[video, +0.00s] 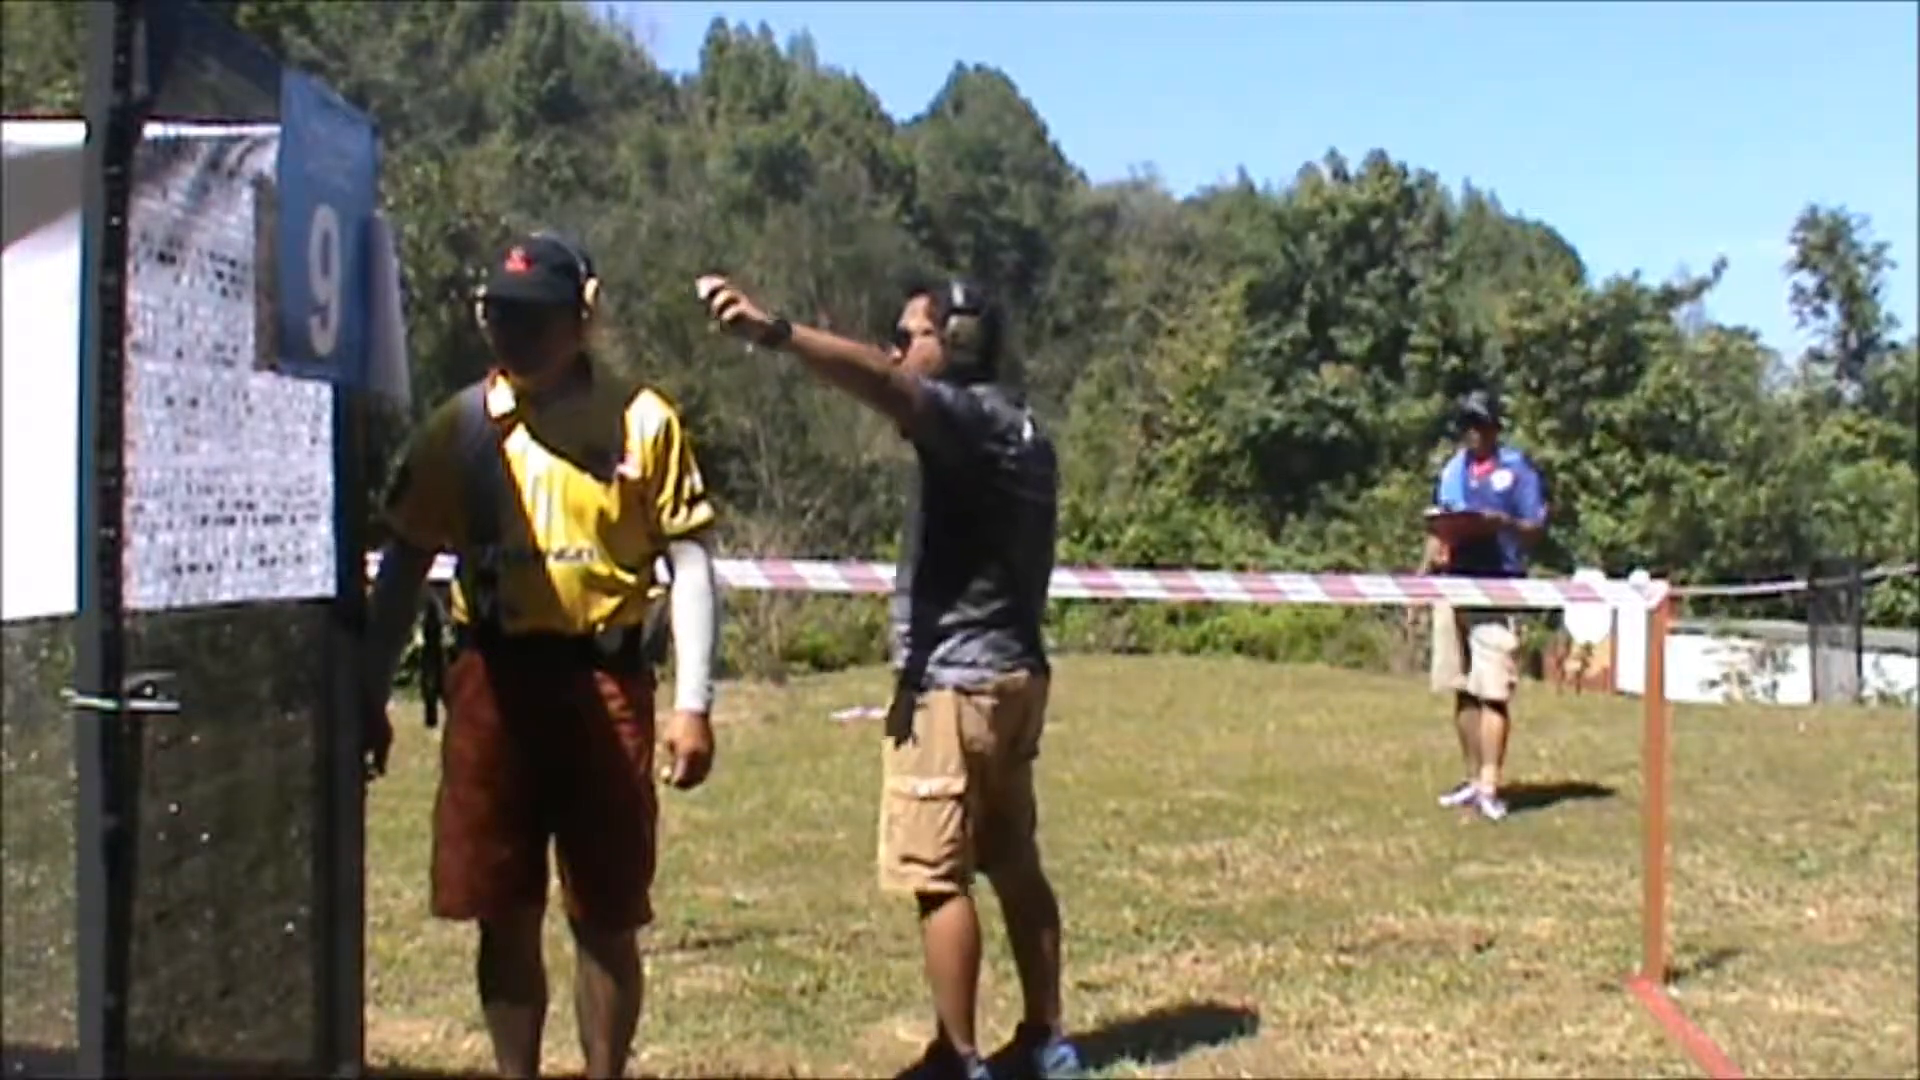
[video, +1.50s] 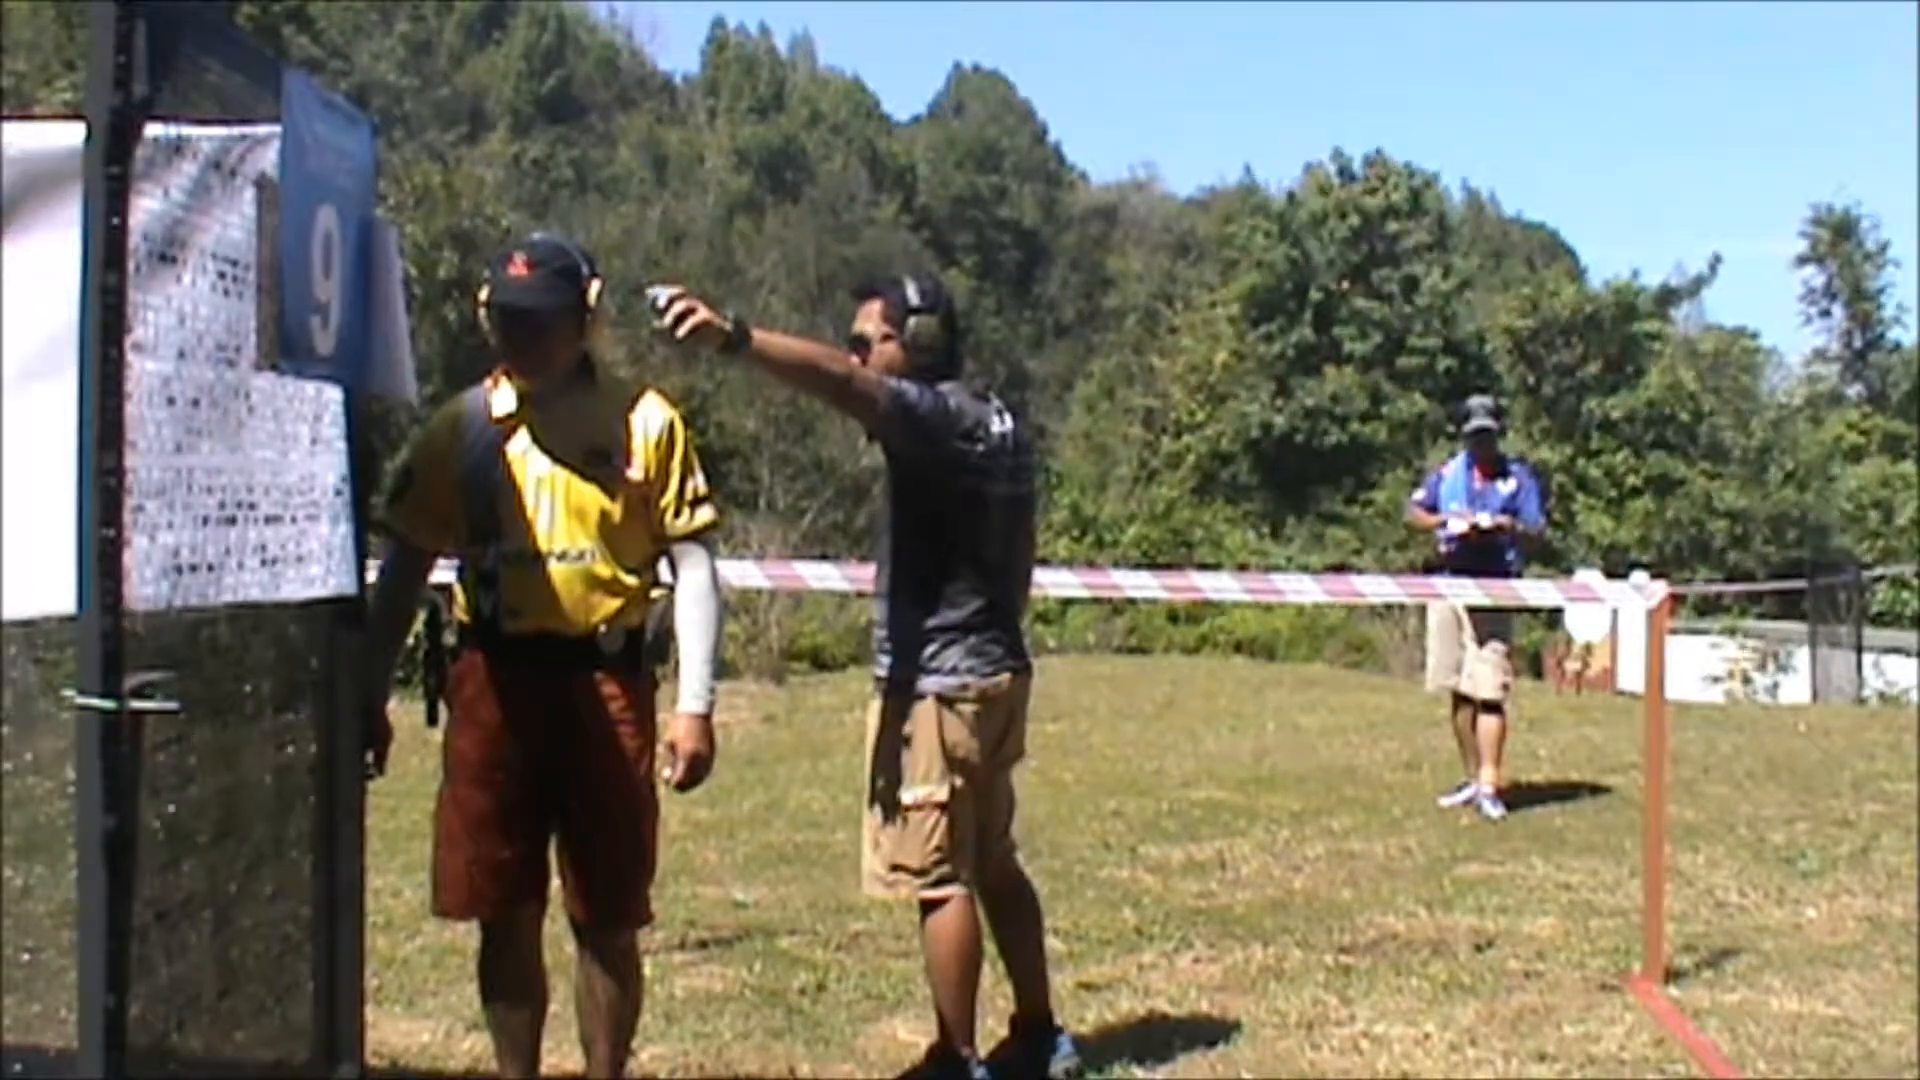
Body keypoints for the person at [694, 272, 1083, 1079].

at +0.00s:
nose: (898, 351)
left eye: (911, 338)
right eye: (901, 336)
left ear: (953, 347)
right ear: (980, 350)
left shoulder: (963, 417)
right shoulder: (1026, 433)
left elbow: (883, 380)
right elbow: (1020, 571)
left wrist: (778, 330)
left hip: (956, 677)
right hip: (1016, 672)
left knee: (938, 875)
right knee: (1015, 863)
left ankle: (954, 1052)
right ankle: (1046, 1035)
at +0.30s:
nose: (879, 351)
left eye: (892, 337)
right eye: (881, 335)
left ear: (936, 344)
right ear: (961, 346)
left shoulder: (946, 415)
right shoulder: (1018, 426)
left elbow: (859, 381)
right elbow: (1022, 566)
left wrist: (747, 337)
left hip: (950, 675)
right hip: (1013, 671)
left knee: (944, 874)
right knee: (1012, 863)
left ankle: (955, 1053)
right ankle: (1044, 1036)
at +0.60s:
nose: (864, 355)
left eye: (877, 340)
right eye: (865, 339)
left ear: (928, 343)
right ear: (948, 346)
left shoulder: (936, 414)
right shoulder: (1008, 423)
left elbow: (849, 381)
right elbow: (1017, 565)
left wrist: (735, 334)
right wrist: (999, 647)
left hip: (943, 675)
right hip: (1005, 670)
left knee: (940, 876)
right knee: (1006, 861)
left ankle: (954, 1054)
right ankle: (1042, 1033)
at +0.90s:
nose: (860, 356)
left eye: (872, 341)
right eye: (859, 341)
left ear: (922, 343)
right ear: (942, 347)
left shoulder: (932, 412)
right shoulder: (1003, 425)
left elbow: (846, 379)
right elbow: (1017, 560)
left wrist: (735, 332)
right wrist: (996, 642)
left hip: (941, 674)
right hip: (999, 669)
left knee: (939, 877)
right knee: (1002, 864)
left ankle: (954, 1054)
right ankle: (1041, 1031)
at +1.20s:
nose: (857, 358)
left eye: (868, 343)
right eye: (857, 343)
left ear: (918, 344)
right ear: (939, 346)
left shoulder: (931, 413)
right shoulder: (998, 421)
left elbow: (843, 380)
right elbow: (1012, 560)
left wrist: (730, 336)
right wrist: (990, 643)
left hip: (940, 674)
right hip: (995, 668)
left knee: (938, 877)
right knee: (998, 867)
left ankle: (954, 1054)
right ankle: (1039, 1029)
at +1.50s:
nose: (855, 357)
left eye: (868, 342)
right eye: (856, 341)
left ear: (919, 344)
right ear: (937, 347)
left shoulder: (932, 414)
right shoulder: (1001, 421)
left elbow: (842, 379)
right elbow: (1014, 560)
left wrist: (734, 335)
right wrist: (993, 643)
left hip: (941, 676)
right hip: (996, 670)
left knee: (939, 876)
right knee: (994, 865)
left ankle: (953, 1054)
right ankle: (1038, 1029)